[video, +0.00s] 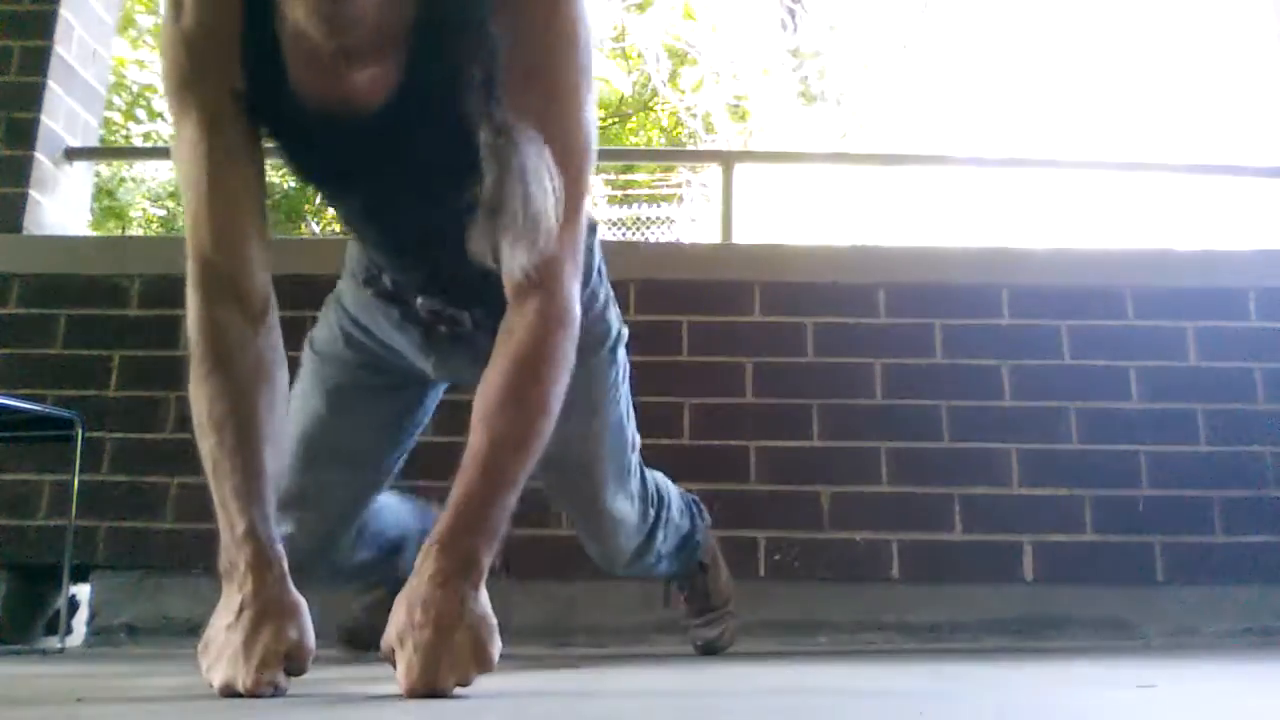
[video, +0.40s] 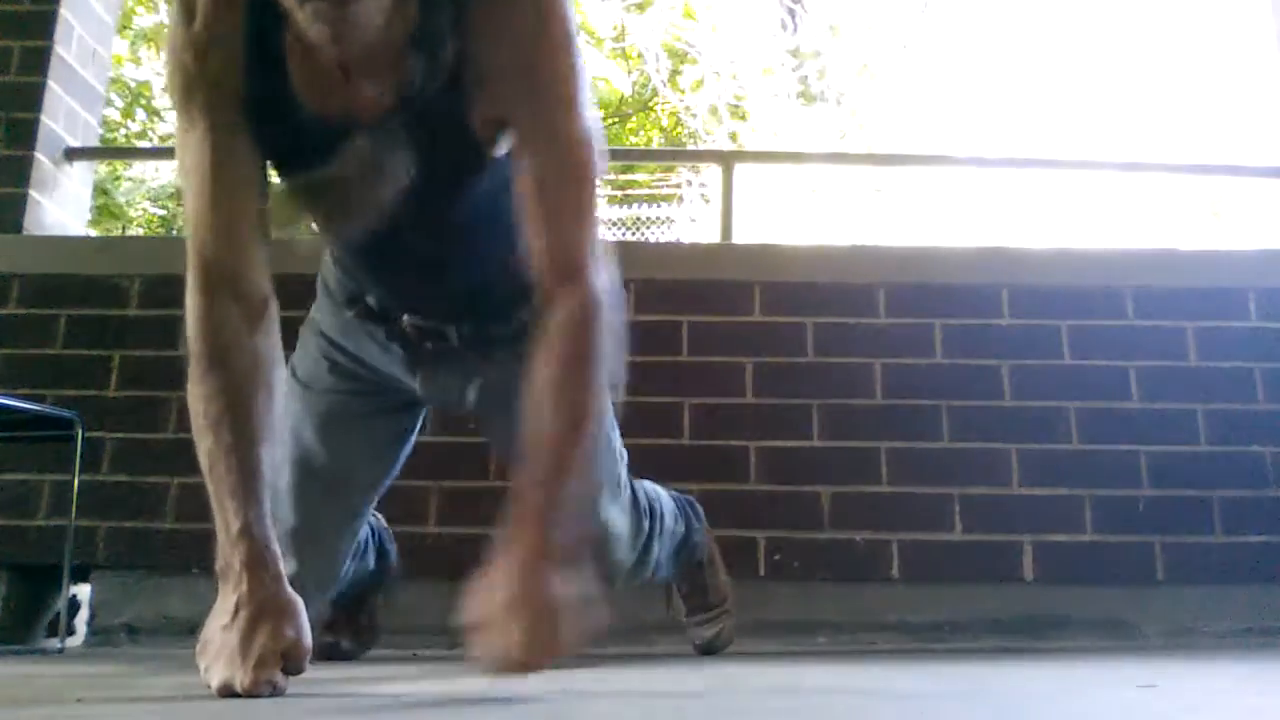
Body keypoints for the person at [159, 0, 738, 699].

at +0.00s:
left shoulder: (529, 16)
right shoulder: (210, 24)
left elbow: (544, 290)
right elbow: (228, 298)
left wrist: (456, 566)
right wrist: (249, 566)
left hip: (536, 295)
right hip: (384, 293)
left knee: (618, 535)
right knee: (298, 539)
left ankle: (688, 542)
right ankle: (427, 546)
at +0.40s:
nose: (337, 50)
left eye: (355, 16)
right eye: (311, 21)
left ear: (404, 4)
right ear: (283, 6)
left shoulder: (515, 18)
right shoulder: (214, 27)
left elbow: (575, 288)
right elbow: (227, 298)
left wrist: (532, 551)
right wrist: (248, 571)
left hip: (523, 321)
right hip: (361, 319)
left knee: (596, 544)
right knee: (284, 589)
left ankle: (678, 533)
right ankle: (360, 562)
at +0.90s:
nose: (525, 13)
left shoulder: (692, 34)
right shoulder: (370, 27)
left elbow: (793, 287)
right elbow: (297, 296)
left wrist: (858, 561)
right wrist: (255, 566)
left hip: (636, 340)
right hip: (475, 338)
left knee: (663, 565)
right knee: (482, 593)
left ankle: (693, 569)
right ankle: (565, 549)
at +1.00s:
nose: (558, 45)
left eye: (588, 16)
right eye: (528, 18)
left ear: (639, 4)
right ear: (489, 4)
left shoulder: (734, 24)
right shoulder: (409, 26)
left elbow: (813, 281)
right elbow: (322, 284)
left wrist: (860, 564)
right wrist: (259, 567)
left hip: (676, 321)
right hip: (522, 326)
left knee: (695, 554)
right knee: (541, 590)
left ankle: (710, 574)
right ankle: (586, 559)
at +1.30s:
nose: (693, 25)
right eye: (657, 2)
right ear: (603, 4)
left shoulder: (828, 20)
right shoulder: (521, 25)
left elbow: (864, 287)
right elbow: (546, 318)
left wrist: (862, 569)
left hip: (773, 305)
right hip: (618, 306)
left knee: (848, 514)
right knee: (580, 514)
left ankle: (863, 611)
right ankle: (586, 583)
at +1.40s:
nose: (734, 44)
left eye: (767, 10)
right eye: (699, 10)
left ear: (809, 7)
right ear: (641, 13)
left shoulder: (861, 21)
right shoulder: (556, 22)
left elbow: (886, 290)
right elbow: (595, 321)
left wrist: (865, 574)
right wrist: (677, 570)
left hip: (793, 329)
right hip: (641, 320)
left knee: (896, 493)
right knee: (590, 545)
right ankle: (585, 594)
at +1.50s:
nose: (767, 26)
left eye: (798, 0)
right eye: (731, 1)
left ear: (837, 0)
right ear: (673, 5)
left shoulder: (896, 24)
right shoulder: (593, 21)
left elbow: (904, 296)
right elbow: (617, 303)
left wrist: (867, 572)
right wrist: (674, 571)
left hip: (813, 347)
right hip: (661, 335)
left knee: (913, 503)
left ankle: (1012, 565)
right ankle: (587, 598)